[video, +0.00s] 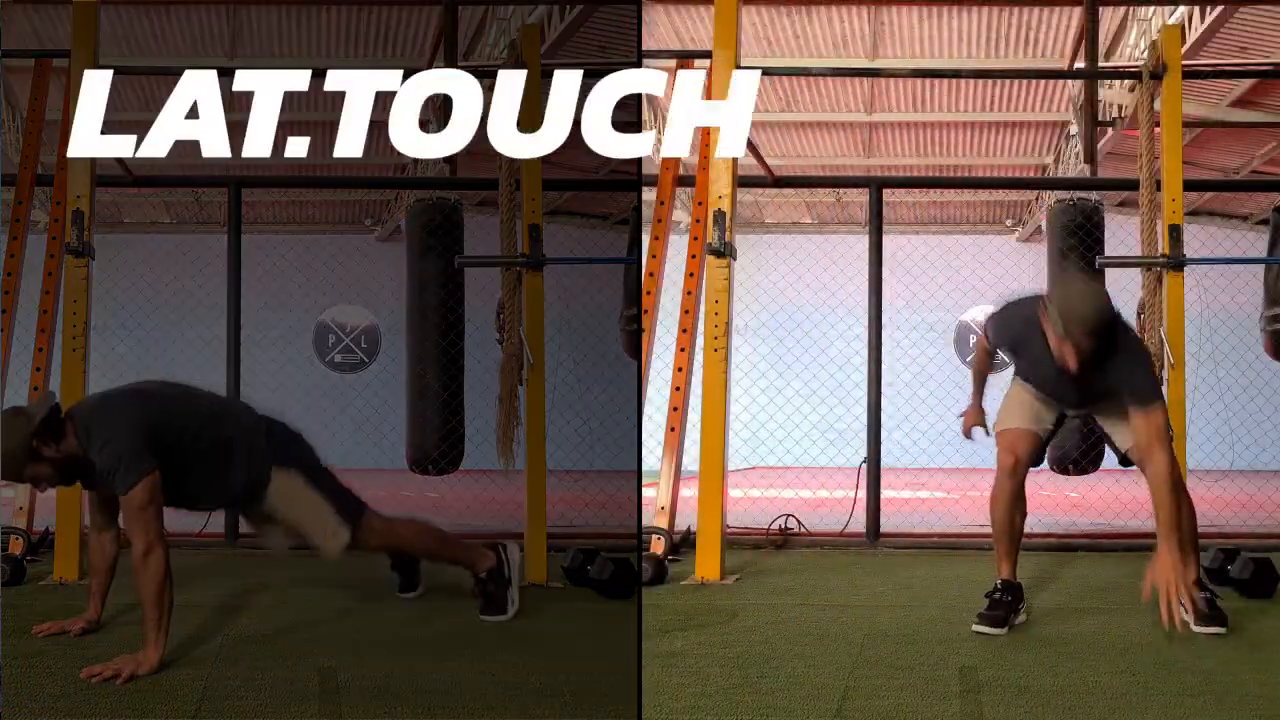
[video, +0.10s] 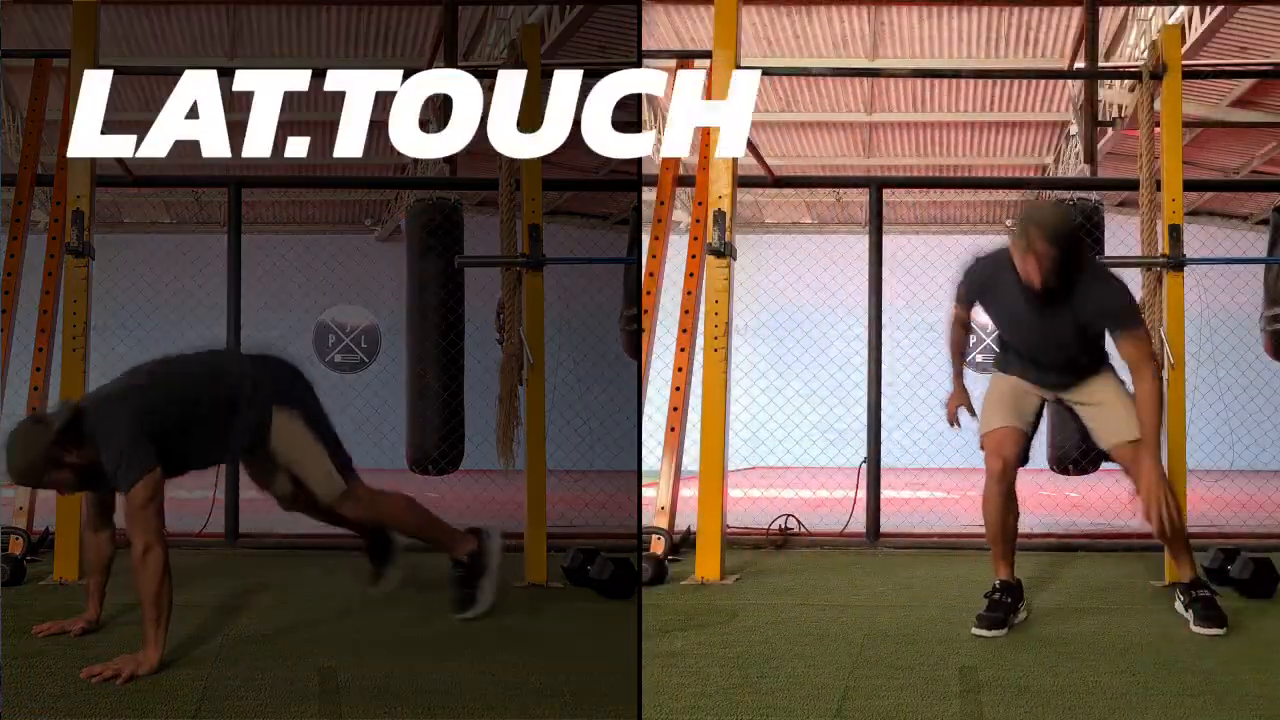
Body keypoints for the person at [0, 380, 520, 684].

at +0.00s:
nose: (40, 485)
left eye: (34, 477)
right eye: (31, 480)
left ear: (46, 448)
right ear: (46, 439)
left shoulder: (117, 432)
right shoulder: (85, 438)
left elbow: (148, 544)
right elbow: (103, 531)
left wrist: (152, 649)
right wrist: (92, 610)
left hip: (265, 456)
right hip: (238, 474)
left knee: (362, 529)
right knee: (323, 527)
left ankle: (484, 558)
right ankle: (401, 546)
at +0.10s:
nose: (57, 490)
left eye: (51, 482)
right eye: (48, 485)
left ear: (65, 456)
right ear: (61, 456)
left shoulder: (126, 436)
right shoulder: (86, 440)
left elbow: (149, 549)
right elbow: (97, 527)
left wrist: (151, 652)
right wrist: (92, 611)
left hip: (269, 393)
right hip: (237, 417)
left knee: (345, 497)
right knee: (292, 495)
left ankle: (467, 545)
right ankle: (375, 531)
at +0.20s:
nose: (101, 493)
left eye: (96, 483)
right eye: (93, 488)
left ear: (108, 460)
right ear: (102, 454)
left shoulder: (153, 433)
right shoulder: (112, 433)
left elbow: (160, 546)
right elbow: (110, 529)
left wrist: (150, 651)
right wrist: (93, 612)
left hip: (284, 344)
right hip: (244, 364)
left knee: (316, 474)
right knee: (251, 469)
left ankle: (418, 561)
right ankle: (320, 540)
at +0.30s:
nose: (125, 487)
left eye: (121, 478)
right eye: (117, 482)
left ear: (136, 457)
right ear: (131, 450)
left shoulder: (178, 434)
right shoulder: (135, 430)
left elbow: (169, 544)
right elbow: (126, 526)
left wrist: (150, 644)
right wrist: (94, 609)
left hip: (302, 331)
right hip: (255, 339)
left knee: (292, 457)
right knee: (229, 458)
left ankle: (352, 588)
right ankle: (255, 562)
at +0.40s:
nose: (122, 445)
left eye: (119, 433)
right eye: (116, 438)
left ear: (135, 414)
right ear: (132, 412)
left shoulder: (181, 412)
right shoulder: (141, 416)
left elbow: (166, 524)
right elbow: (121, 511)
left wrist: (132, 622)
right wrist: (87, 596)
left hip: (323, 357)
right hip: (272, 368)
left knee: (283, 465)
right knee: (216, 468)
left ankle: (332, 605)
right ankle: (242, 578)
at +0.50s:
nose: (118, 369)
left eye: (118, 357)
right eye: (113, 360)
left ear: (141, 342)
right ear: (137, 346)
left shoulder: (192, 354)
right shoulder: (149, 370)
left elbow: (189, 454)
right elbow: (131, 455)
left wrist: (147, 549)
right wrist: (100, 539)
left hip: (324, 370)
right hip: (270, 384)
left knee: (280, 467)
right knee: (211, 467)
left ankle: (330, 605)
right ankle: (242, 577)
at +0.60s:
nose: (124, 279)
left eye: (126, 267)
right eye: (118, 270)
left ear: (152, 252)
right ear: (140, 261)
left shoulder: (208, 282)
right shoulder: (166, 300)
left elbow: (236, 375)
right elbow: (165, 381)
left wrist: (197, 459)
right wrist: (142, 455)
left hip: (321, 355)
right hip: (272, 368)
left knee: (284, 462)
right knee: (217, 464)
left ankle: (331, 604)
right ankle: (242, 577)